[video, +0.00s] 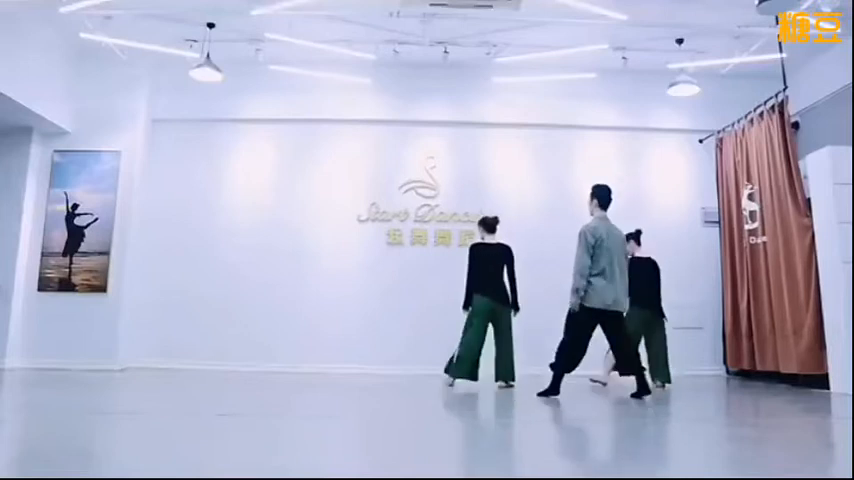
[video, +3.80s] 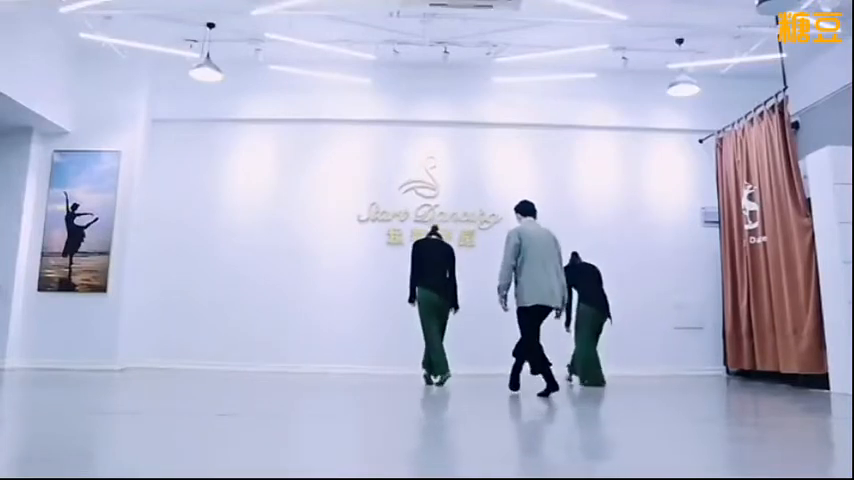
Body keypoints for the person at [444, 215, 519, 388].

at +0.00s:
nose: (478, 232)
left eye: (478, 230)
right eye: (479, 230)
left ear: (481, 230)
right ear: (495, 230)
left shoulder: (475, 248)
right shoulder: (505, 249)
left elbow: (470, 277)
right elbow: (511, 278)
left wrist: (466, 301)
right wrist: (515, 301)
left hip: (480, 298)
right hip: (501, 300)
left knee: (471, 336)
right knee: (504, 340)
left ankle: (454, 372)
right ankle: (505, 377)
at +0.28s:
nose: (468, 226)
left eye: (469, 224)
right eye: (471, 224)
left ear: (470, 225)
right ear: (485, 227)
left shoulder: (460, 243)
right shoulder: (489, 249)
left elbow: (453, 271)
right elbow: (493, 278)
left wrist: (448, 295)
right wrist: (498, 302)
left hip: (460, 293)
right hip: (480, 294)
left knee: (456, 333)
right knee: (489, 333)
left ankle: (451, 373)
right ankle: (501, 372)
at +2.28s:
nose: (458, 233)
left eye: (456, 228)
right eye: (461, 230)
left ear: (447, 227)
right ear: (462, 230)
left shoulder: (436, 243)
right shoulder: (466, 248)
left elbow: (431, 271)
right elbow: (472, 276)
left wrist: (430, 294)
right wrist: (479, 299)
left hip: (445, 292)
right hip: (465, 292)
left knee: (446, 333)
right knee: (480, 331)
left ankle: (447, 376)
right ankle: (497, 367)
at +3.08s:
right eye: (452, 251)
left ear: (437, 250)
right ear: (452, 251)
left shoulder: (428, 263)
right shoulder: (457, 265)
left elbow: (424, 288)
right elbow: (468, 289)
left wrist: (425, 309)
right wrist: (475, 312)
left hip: (438, 301)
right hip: (458, 302)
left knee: (440, 342)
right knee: (468, 338)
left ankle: (444, 379)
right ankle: (492, 369)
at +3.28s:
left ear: (433, 256)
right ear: (448, 256)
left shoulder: (426, 267)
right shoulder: (455, 268)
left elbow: (422, 293)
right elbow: (465, 294)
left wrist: (421, 315)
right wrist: (470, 317)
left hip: (436, 307)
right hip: (457, 308)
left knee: (438, 344)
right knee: (453, 339)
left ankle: (443, 381)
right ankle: (465, 367)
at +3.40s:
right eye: (444, 258)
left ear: (432, 257)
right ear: (446, 258)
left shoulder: (425, 267)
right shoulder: (454, 269)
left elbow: (421, 292)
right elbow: (461, 295)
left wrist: (419, 315)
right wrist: (465, 318)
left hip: (434, 308)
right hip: (453, 309)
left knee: (436, 345)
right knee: (448, 339)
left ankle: (439, 379)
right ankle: (448, 369)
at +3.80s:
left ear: (427, 234)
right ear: (440, 236)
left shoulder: (419, 245)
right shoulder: (448, 248)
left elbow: (414, 271)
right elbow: (452, 276)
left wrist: (412, 293)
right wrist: (454, 300)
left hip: (425, 290)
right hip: (444, 293)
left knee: (431, 331)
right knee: (438, 332)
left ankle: (442, 370)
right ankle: (427, 368)